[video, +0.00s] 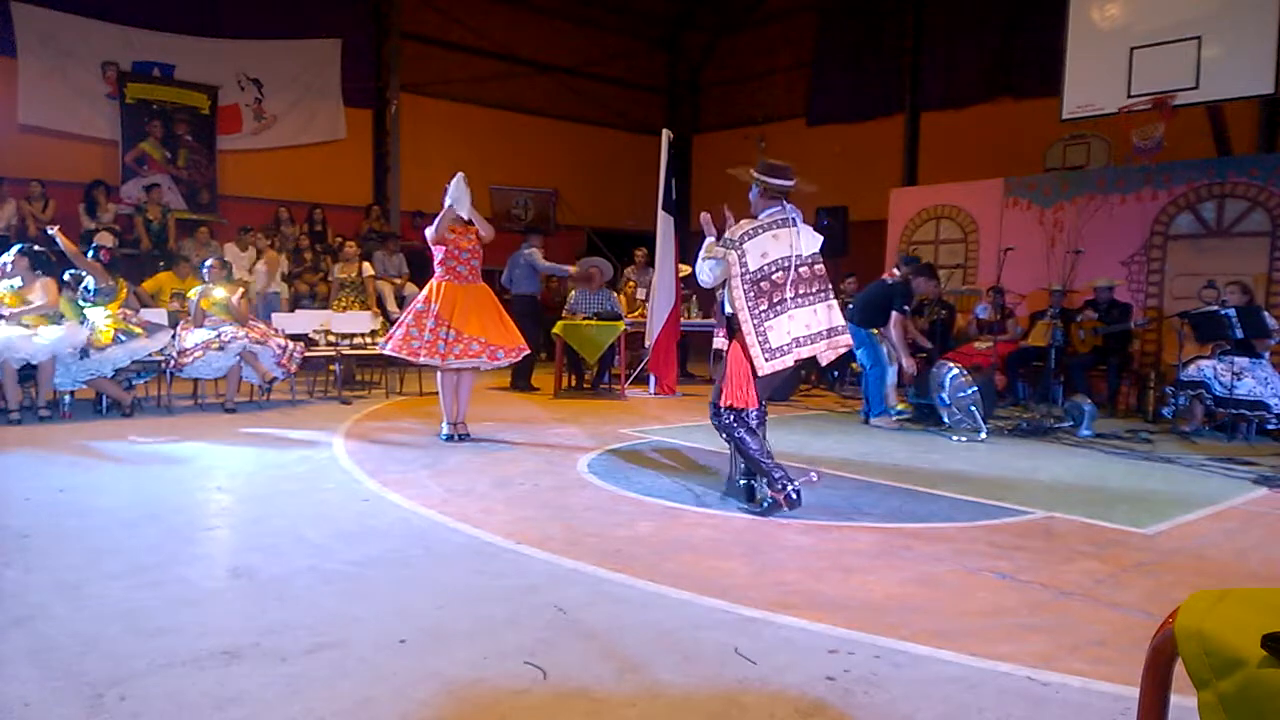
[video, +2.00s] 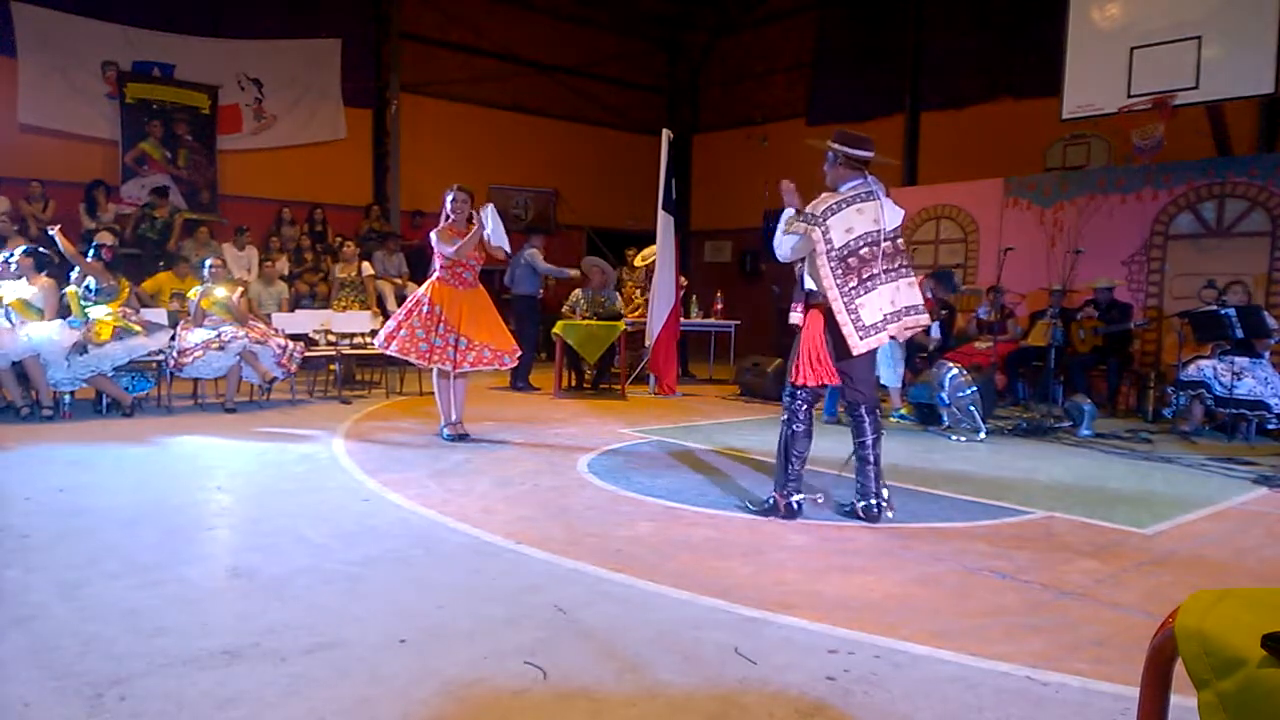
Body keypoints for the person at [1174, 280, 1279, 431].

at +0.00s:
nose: (1226, 297)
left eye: (1232, 293)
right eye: (1225, 293)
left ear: (1245, 298)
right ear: (1222, 296)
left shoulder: (1257, 315)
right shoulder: (1219, 315)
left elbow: (1265, 345)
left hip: (1253, 364)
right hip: (1223, 363)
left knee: (1246, 382)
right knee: (1198, 369)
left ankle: (1241, 426)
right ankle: (1196, 420)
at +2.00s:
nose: (1238, 296)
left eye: (1243, 293)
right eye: (1233, 293)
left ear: (1248, 297)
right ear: (1224, 296)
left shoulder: (1257, 315)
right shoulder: (1216, 315)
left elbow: (1265, 346)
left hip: (1253, 364)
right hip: (1222, 363)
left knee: (1248, 381)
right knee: (1199, 368)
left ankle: (1242, 426)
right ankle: (1195, 419)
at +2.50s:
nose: (1232, 296)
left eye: (1237, 292)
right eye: (1230, 293)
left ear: (1248, 296)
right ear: (1226, 296)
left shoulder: (1258, 314)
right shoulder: (1222, 315)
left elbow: (1265, 346)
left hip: (1255, 364)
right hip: (1225, 363)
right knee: (1200, 368)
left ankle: (1244, 428)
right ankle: (1197, 420)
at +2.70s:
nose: (1227, 296)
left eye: (1233, 292)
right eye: (1226, 293)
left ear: (1246, 297)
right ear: (1223, 296)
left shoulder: (1257, 314)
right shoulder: (1219, 315)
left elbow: (1264, 345)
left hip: (1253, 364)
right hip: (1223, 363)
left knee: (1247, 381)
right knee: (1198, 368)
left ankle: (1243, 426)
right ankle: (1195, 419)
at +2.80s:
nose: (1227, 296)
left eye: (1233, 292)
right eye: (1225, 293)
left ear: (1246, 297)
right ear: (1222, 296)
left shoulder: (1257, 314)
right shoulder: (1218, 315)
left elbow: (1264, 345)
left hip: (1252, 364)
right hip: (1222, 363)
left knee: (1247, 381)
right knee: (1198, 368)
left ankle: (1243, 425)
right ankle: (1195, 419)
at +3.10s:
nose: (1227, 296)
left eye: (1233, 292)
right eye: (1226, 293)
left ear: (1246, 298)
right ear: (1223, 296)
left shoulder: (1257, 314)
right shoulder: (1218, 314)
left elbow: (1265, 345)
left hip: (1252, 364)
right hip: (1223, 362)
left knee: (1246, 381)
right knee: (1198, 368)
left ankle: (1242, 425)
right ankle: (1196, 419)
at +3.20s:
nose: (1230, 297)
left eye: (1236, 293)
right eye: (1227, 293)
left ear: (1247, 298)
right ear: (1222, 296)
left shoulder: (1257, 314)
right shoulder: (1216, 313)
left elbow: (1264, 345)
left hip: (1252, 364)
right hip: (1221, 362)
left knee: (1247, 381)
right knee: (1198, 368)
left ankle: (1243, 426)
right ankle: (1196, 419)